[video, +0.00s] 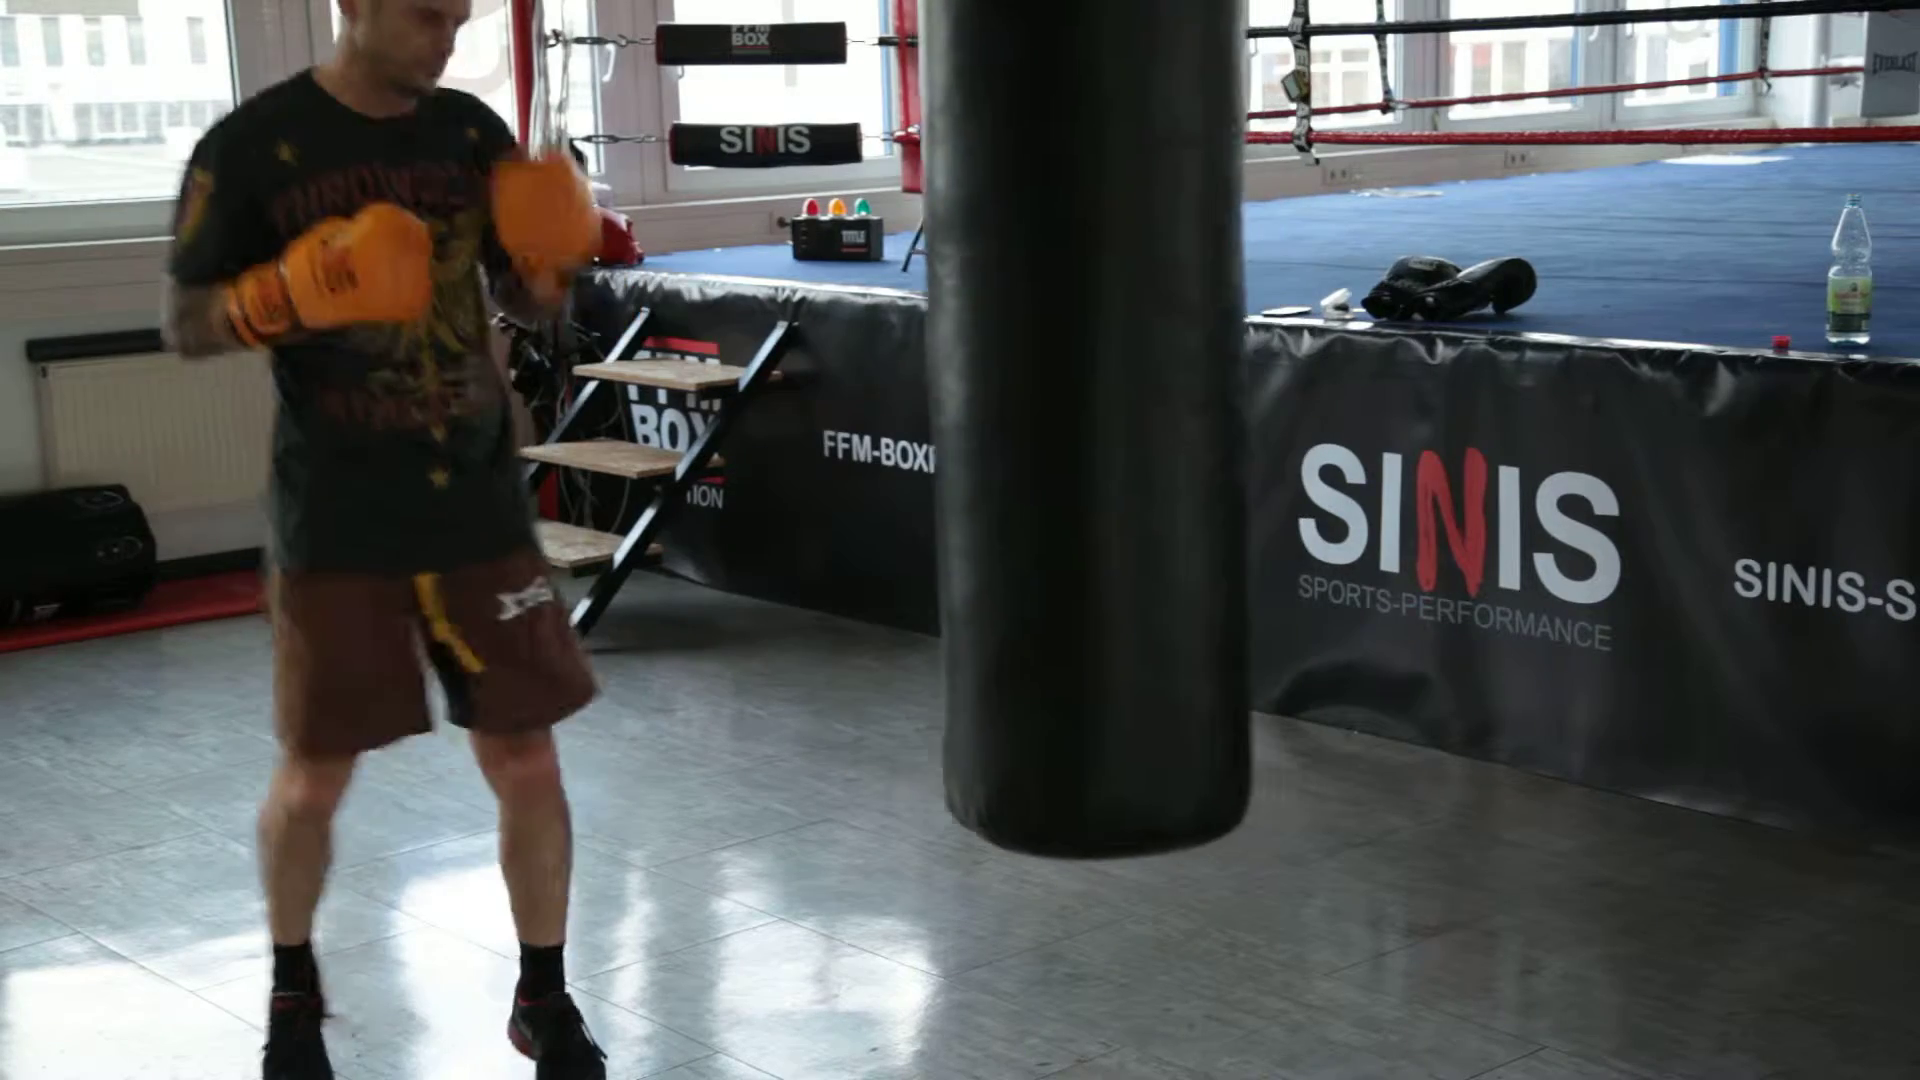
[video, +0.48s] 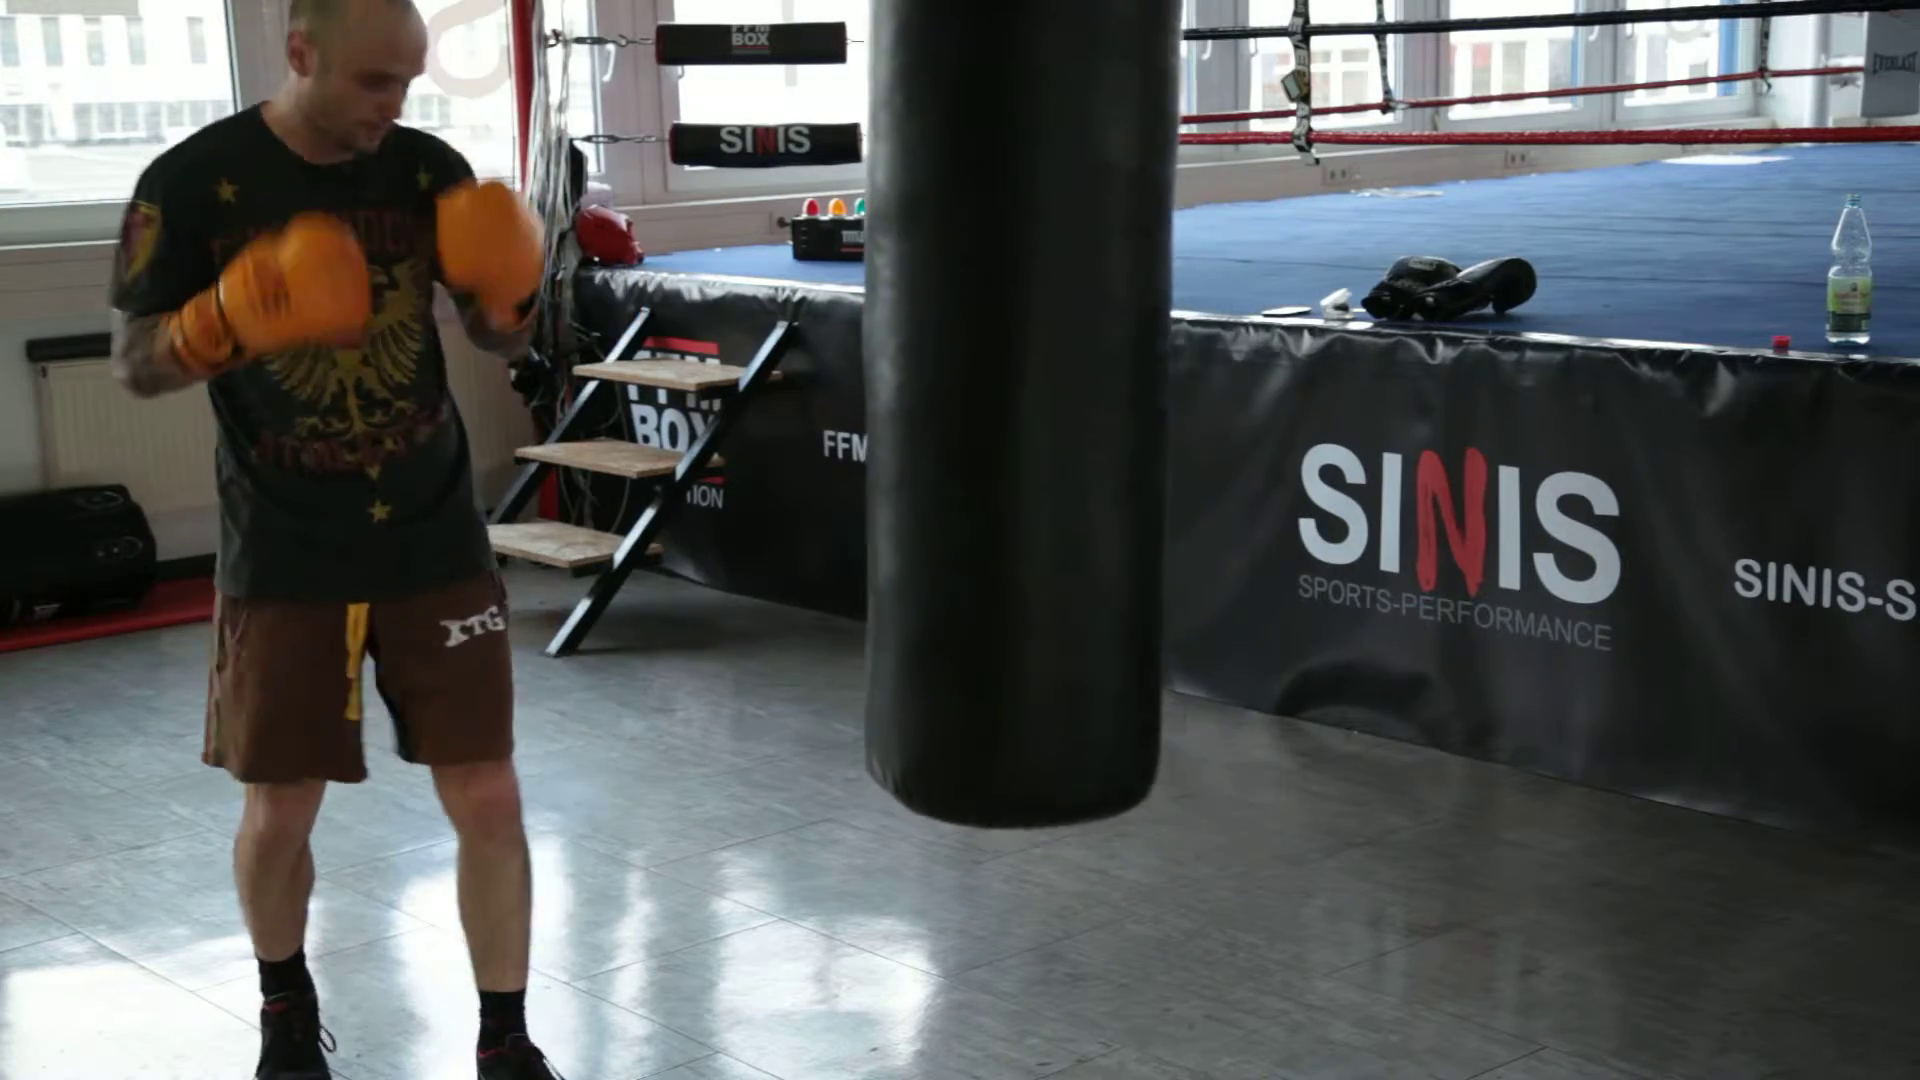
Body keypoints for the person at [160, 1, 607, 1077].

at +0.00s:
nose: (449, 30)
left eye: (459, 13)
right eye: (429, 10)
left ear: (462, 19)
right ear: (355, 6)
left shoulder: (476, 134)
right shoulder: (249, 145)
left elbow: (535, 308)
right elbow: (188, 323)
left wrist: (550, 259)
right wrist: (292, 290)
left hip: (478, 497)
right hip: (336, 509)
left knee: (526, 760)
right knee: (312, 780)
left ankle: (545, 998)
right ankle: (295, 1003)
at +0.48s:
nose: (392, 107)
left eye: (407, 83)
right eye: (374, 83)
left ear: (419, 63)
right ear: (299, 53)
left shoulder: (430, 172)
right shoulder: (191, 182)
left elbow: (497, 341)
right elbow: (139, 367)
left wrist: (508, 297)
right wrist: (235, 313)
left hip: (432, 533)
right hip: (284, 548)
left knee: (488, 797)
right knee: (280, 809)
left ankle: (506, 1044)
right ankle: (288, 1017)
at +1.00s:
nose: (361, 156)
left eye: (382, 130)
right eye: (339, 128)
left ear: (400, 118)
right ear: (276, 95)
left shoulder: (413, 211)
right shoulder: (179, 215)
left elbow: (507, 366)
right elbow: (179, 383)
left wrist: (528, 278)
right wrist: (278, 253)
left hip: (409, 565)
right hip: (256, 582)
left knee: (543, 802)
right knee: (203, 872)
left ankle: (529, 1033)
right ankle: (162, 1069)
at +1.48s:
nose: (574, 178)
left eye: (588, 157)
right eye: (558, 151)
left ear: (588, 149)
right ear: (491, 123)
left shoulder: (543, 233)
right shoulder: (352, 197)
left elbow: (535, 429)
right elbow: (336, 371)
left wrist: (606, 335)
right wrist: (473, 261)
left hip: (488, 574)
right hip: (348, 588)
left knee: (604, 809)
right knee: (300, 882)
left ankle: (640, 1059)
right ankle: (179, 1052)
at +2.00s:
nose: (375, 198)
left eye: (389, 169)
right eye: (346, 176)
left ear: (403, 152)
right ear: (273, 158)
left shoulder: (440, 218)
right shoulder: (210, 265)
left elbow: (557, 390)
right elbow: (236, 471)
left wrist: (535, 319)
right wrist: (282, 388)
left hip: (479, 580)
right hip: (319, 599)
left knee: (603, 824)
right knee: (234, 878)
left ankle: (644, 1061)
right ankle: (161, 1062)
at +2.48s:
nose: (492, 130)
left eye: (512, 106)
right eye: (471, 104)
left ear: (531, 88)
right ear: (402, 74)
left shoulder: (519, 198)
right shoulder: (285, 195)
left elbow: (582, 391)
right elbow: (263, 395)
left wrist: (593, 282)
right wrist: (369, 278)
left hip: (485, 575)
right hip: (327, 583)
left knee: (596, 840)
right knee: (245, 888)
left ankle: (636, 1062)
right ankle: (190, 1075)